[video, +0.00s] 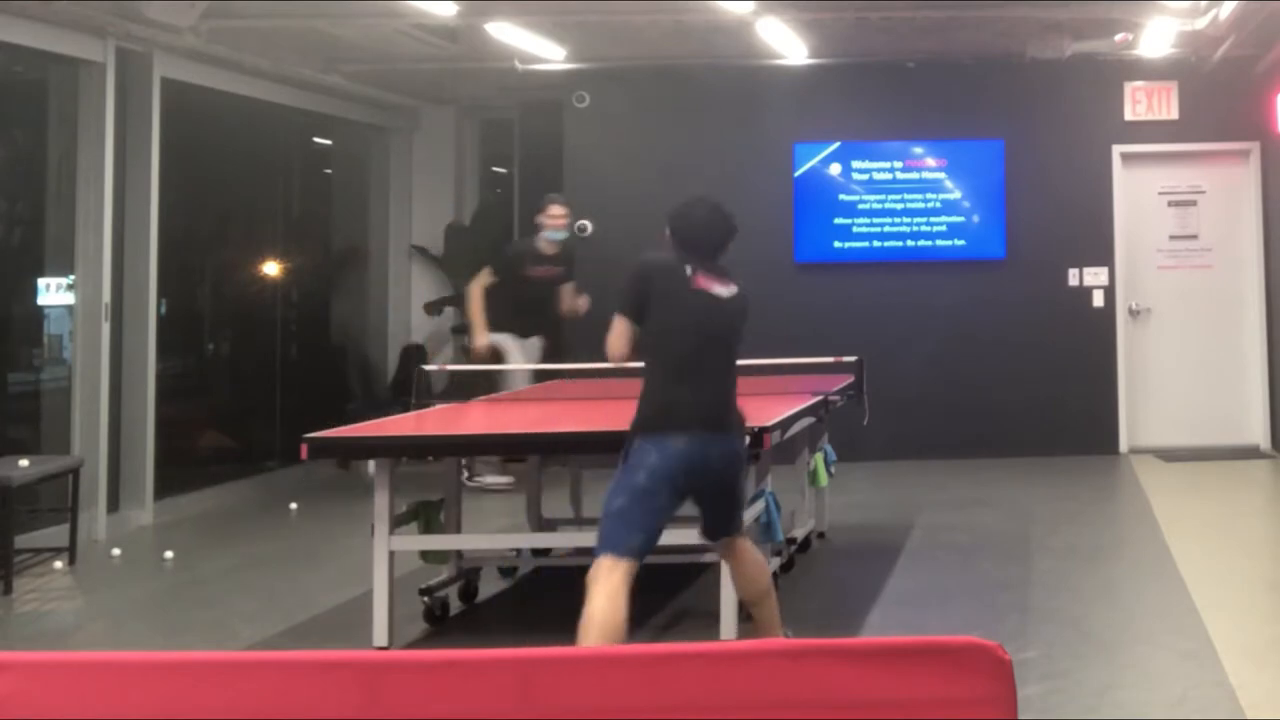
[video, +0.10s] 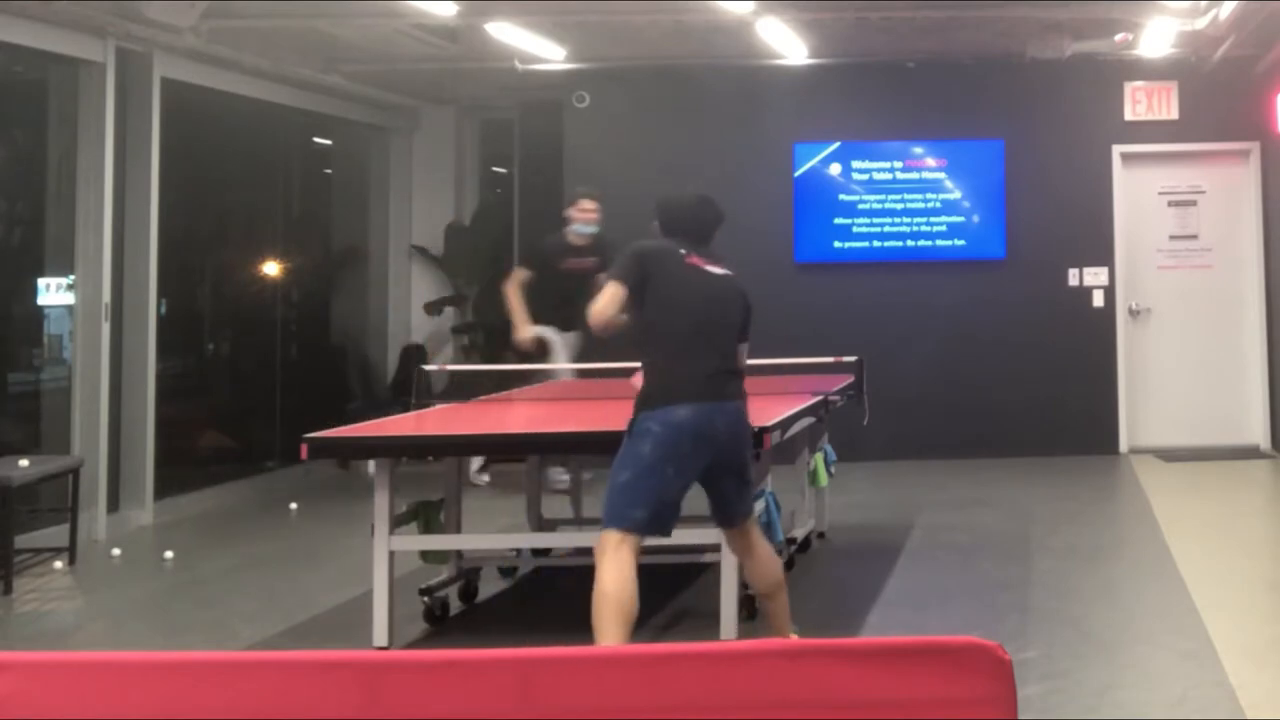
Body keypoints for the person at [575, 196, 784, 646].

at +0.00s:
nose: (663, 237)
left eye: (666, 232)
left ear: (671, 238)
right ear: (723, 245)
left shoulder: (651, 273)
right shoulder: (735, 296)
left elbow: (617, 349)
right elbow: (717, 355)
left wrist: (656, 333)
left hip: (662, 439)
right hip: (722, 439)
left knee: (613, 567)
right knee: (734, 539)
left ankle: (588, 690)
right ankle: (777, 648)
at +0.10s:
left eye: (661, 222)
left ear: (663, 227)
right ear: (711, 233)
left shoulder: (646, 257)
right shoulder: (731, 284)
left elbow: (599, 318)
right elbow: (739, 360)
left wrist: (640, 319)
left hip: (668, 415)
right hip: (729, 414)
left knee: (618, 541)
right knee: (745, 532)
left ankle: (608, 671)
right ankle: (786, 641)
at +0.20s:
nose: (623, 231)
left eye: (629, 224)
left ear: (639, 230)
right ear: (682, 233)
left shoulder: (638, 258)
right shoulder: (715, 276)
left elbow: (615, 287)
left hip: (670, 409)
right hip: (730, 408)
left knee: (603, 529)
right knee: (748, 526)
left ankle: (618, 659)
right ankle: (787, 640)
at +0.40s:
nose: (560, 230)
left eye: (562, 224)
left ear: (568, 225)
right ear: (616, 223)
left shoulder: (577, 258)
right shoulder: (648, 270)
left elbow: (553, 296)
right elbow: (696, 345)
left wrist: (488, 309)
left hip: (628, 423)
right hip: (681, 415)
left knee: (572, 544)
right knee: (720, 528)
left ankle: (607, 665)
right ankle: (781, 621)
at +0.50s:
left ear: (544, 208)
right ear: (596, 209)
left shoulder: (531, 248)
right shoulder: (627, 261)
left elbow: (484, 299)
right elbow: (668, 333)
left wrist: (454, 317)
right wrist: (636, 363)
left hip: (575, 420)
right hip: (630, 413)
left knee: (549, 547)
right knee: (658, 517)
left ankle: (600, 663)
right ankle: (732, 613)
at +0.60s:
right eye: (585, 195)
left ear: (527, 197)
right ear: (582, 199)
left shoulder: (499, 242)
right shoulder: (607, 253)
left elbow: (447, 304)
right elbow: (637, 326)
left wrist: (442, 332)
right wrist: (612, 358)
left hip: (520, 413)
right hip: (587, 409)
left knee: (505, 544)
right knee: (600, 517)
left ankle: (578, 649)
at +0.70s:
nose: (567, 213)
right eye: (566, 207)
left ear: (510, 206)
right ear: (562, 212)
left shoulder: (471, 252)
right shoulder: (582, 266)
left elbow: (411, 316)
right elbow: (608, 341)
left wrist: (433, 334)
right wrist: (593, 378)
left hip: (471, 424)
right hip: (539, 426)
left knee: (429, 540)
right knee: (544, 533)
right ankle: (538, 652)